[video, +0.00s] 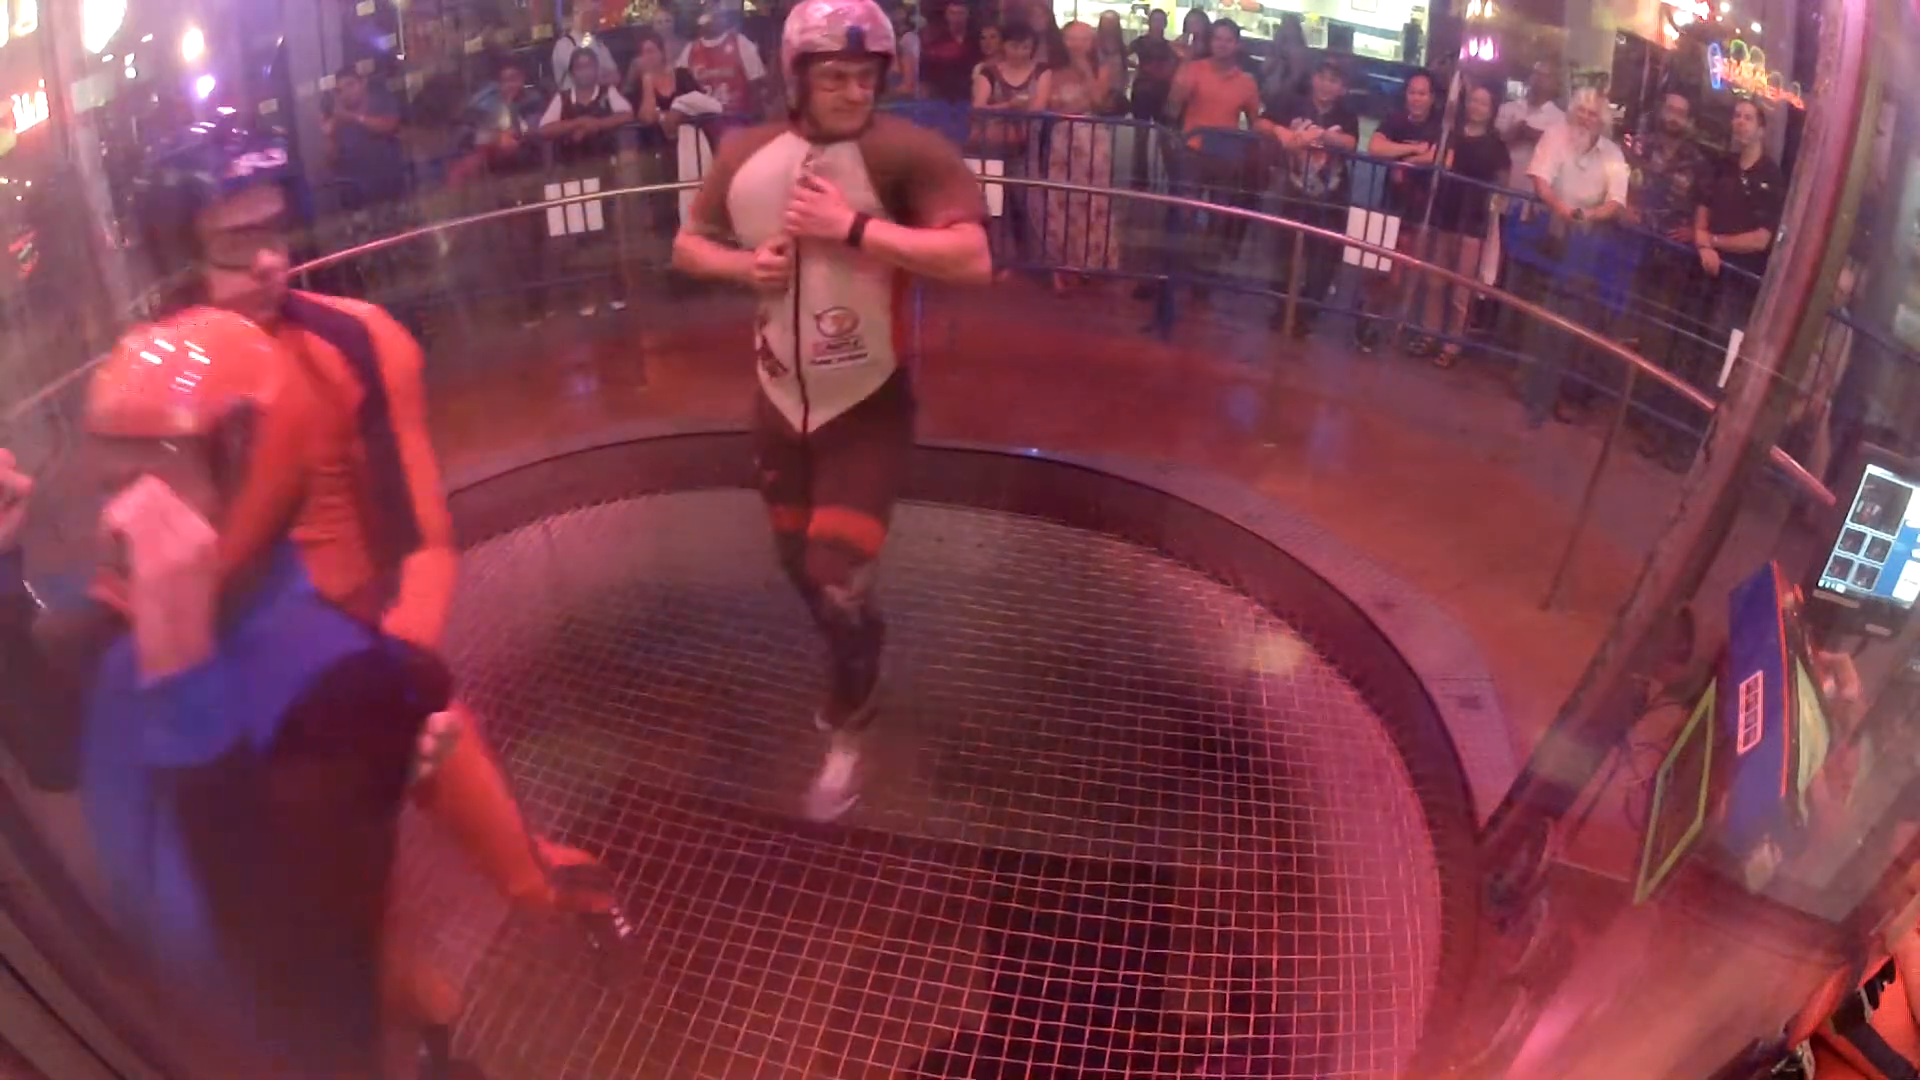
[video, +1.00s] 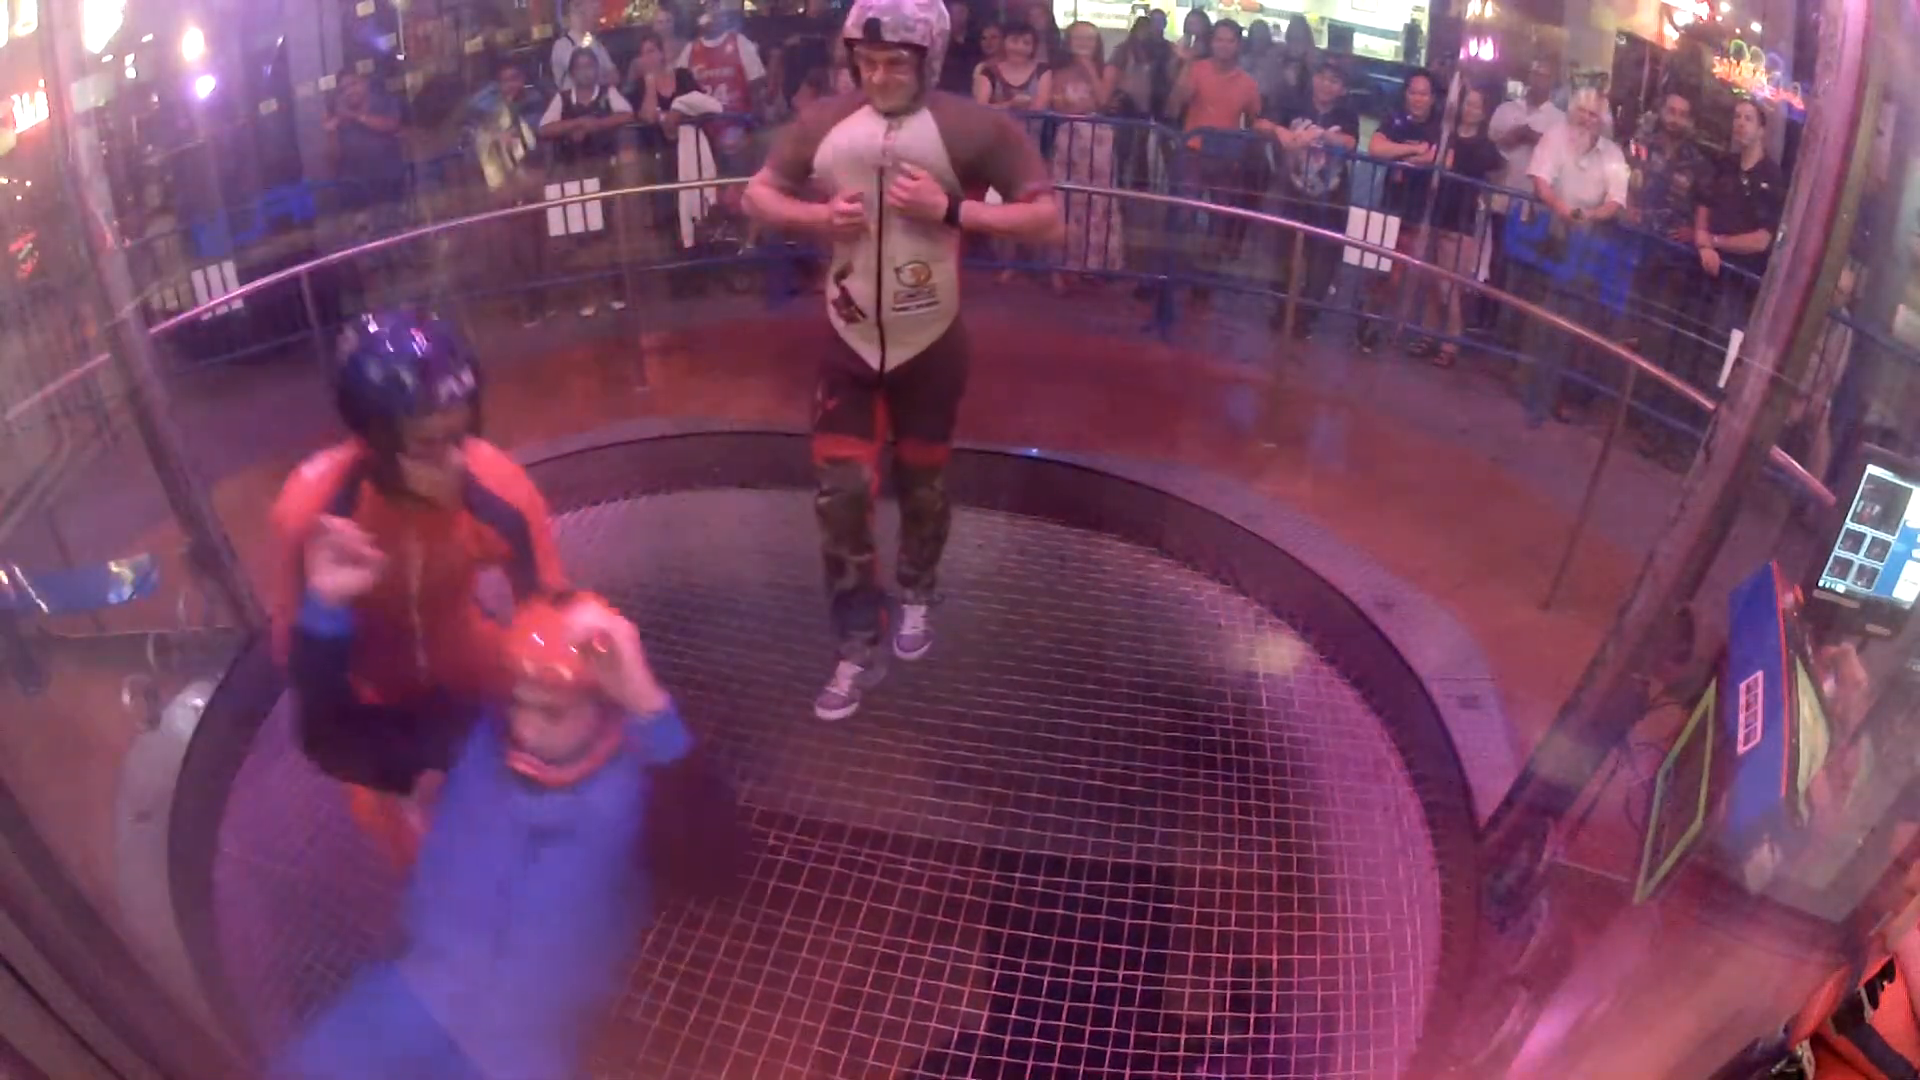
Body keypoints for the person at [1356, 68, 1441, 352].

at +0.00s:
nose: (1417, 98)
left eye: (1423, 93)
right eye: (1412, 92)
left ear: (1433, 98)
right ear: (1405, 96)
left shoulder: (1440, 128)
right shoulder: (1395, 120)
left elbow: (1441, 160)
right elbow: (1375, 147)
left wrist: (1407, 158)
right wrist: (1415, 149)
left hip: (1422, 213)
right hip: (1391, 208)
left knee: (1406, 276)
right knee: (1379, 270)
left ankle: (1395, 325)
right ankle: (1368, 319)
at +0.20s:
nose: (1416, 99)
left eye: (1422, 94)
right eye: (1412, 93)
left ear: (1433, 99)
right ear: (1404, 95)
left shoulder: (1439, 129)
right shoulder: (1394, 121)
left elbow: (1441, 160)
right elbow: (1375, 148)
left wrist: (1406, 159)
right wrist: (1416, 148)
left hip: (1422, 213)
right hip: (1391, 209)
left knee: (1407, 274)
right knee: (1381, 270)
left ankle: (1396, 326)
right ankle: (1370, 316)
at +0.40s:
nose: (1417, 99)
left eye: (1423, 94)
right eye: (1412, 93)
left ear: (1433, 99)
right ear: (1405, 96)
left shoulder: (1439, 129)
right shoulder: (1394, 121)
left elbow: (1440, 160)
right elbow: (1375, 148)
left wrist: (1405, 159)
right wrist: (1416, 149)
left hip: (1421, 213)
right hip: (1390, 209)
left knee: (1406, 275)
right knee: (1380, 270)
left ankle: (1396, 326)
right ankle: (1369, 317)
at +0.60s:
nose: (1417, 99)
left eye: (1423, 94)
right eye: (1412, 93)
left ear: (1433, 99)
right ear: (1405, 95)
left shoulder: (1438, 129)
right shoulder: (1394, 121)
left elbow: (1439, 159)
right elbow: (1376, 148)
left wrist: (1403, 157)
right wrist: (1416, 148)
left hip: (1419, 214)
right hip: (1389, 209)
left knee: (1402, 276)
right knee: (1377, 270)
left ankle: (1390, 325)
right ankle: (1369, 319)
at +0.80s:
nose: (1417, 99)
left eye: (1423, 94)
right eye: (1412, 93)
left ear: (1433, 99)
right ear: (1405, 96)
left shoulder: (1438, 129)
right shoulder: (1395, 121)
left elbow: (1441, 160)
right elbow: (1376, 148)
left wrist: (1404, 157)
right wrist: (1416, 149)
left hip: (1421, 214)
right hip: (1390, 209)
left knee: (1404, 276)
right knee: (1378, 270)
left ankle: (1392, 326)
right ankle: (1369, 319)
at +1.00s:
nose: (1418, 99)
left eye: (1424, 94)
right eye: (1413, 93)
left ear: (1433, 99)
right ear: (1405, 95)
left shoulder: (1438, 129)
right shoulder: (1395, 121)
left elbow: (1440, 159)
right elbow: (1376, 148)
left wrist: (1404, 158)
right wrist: (1416, 149)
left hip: (1421, 214)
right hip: (1390, 210)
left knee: (1407, 276)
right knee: (1381, 272)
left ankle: (1396, 327)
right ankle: (1369, 321)